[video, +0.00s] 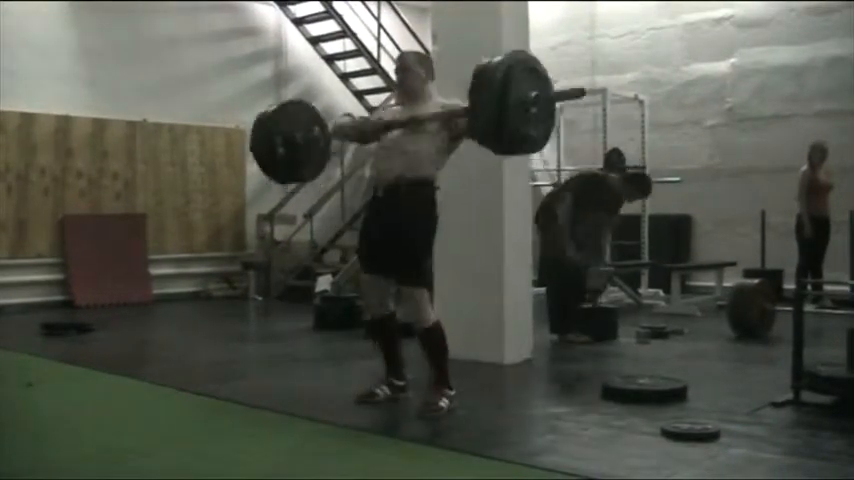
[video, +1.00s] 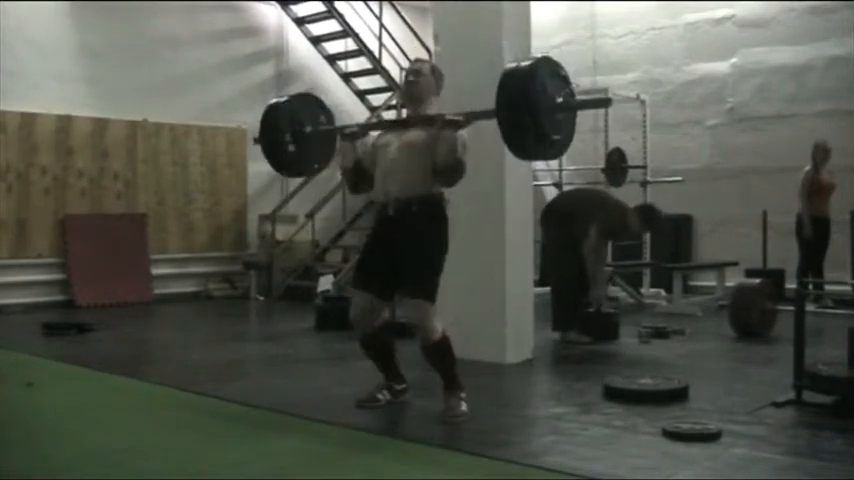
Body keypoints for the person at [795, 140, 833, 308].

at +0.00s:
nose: (819, 159)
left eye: (822, 156)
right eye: (817, 155)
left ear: (825, 157)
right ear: (810, 156)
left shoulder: (823, 173)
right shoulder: (806, 173)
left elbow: (821, 197)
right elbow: (802, 200)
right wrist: (806, 224)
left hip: (821, 219)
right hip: (808, 219)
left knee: (817, 259)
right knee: (805, 259)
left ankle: (818, 294)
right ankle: (800, 294)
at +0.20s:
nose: (821, 158)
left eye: (824, 155)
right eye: (818, 154)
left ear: (827, 156)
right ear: (812, 155)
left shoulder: (826, 173)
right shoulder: (807, 173)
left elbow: (824, 198)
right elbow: (803, 200)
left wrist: (827, 218)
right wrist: (807, 223)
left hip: (823, 219)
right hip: (809, 219)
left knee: (819, 259)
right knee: (807, 258)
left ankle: (820, 293)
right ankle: (803, 293)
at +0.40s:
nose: (823, 157)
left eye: (825, 154)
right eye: (821, 153)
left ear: (827, 155)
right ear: (813, 154)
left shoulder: (824, 172)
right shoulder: (807, 173)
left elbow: (823, 197)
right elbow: (803, 199)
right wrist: (806, 223)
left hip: (822, 219)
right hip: (809, 219)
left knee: (818, 259)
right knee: (807, 258)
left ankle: (819, 293)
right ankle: (801, 293)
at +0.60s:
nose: (823, 158)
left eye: (824, 154)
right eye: (820, 154)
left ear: (826, 156)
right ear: (813, 154)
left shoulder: (823, 173)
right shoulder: (807, 174)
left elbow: (823, 198)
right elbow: (803, 200)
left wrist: (826, 220)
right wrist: (806, 223)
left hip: (822, 220)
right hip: (809, 219)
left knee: (818, 259)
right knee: (806, 258)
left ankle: (819, 294)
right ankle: (801, 293)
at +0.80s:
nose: (823, 158)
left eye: (825, 154)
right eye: (820, 154)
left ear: (827, 156)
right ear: (813, 155)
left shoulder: (823, 174)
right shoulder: (807, 174)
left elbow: (823, 199)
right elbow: (803, 201)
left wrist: (826, 221)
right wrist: (806, 224)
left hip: (822, 220)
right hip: (809, 219)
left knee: (818, 259)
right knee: (807, 258)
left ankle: (819, 294)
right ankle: (801, 294)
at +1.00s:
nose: (825, 157)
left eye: (826, 154)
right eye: (822, 154)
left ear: (828, 156)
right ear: (814, 154)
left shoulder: (826, 174)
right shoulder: (809, 174)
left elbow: (824, 198)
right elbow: (803, 199)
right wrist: (806, 223)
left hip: (822, 219)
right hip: (808, 219)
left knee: (818, 258)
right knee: (806, 258)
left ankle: (819, 293)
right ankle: (802, 292)